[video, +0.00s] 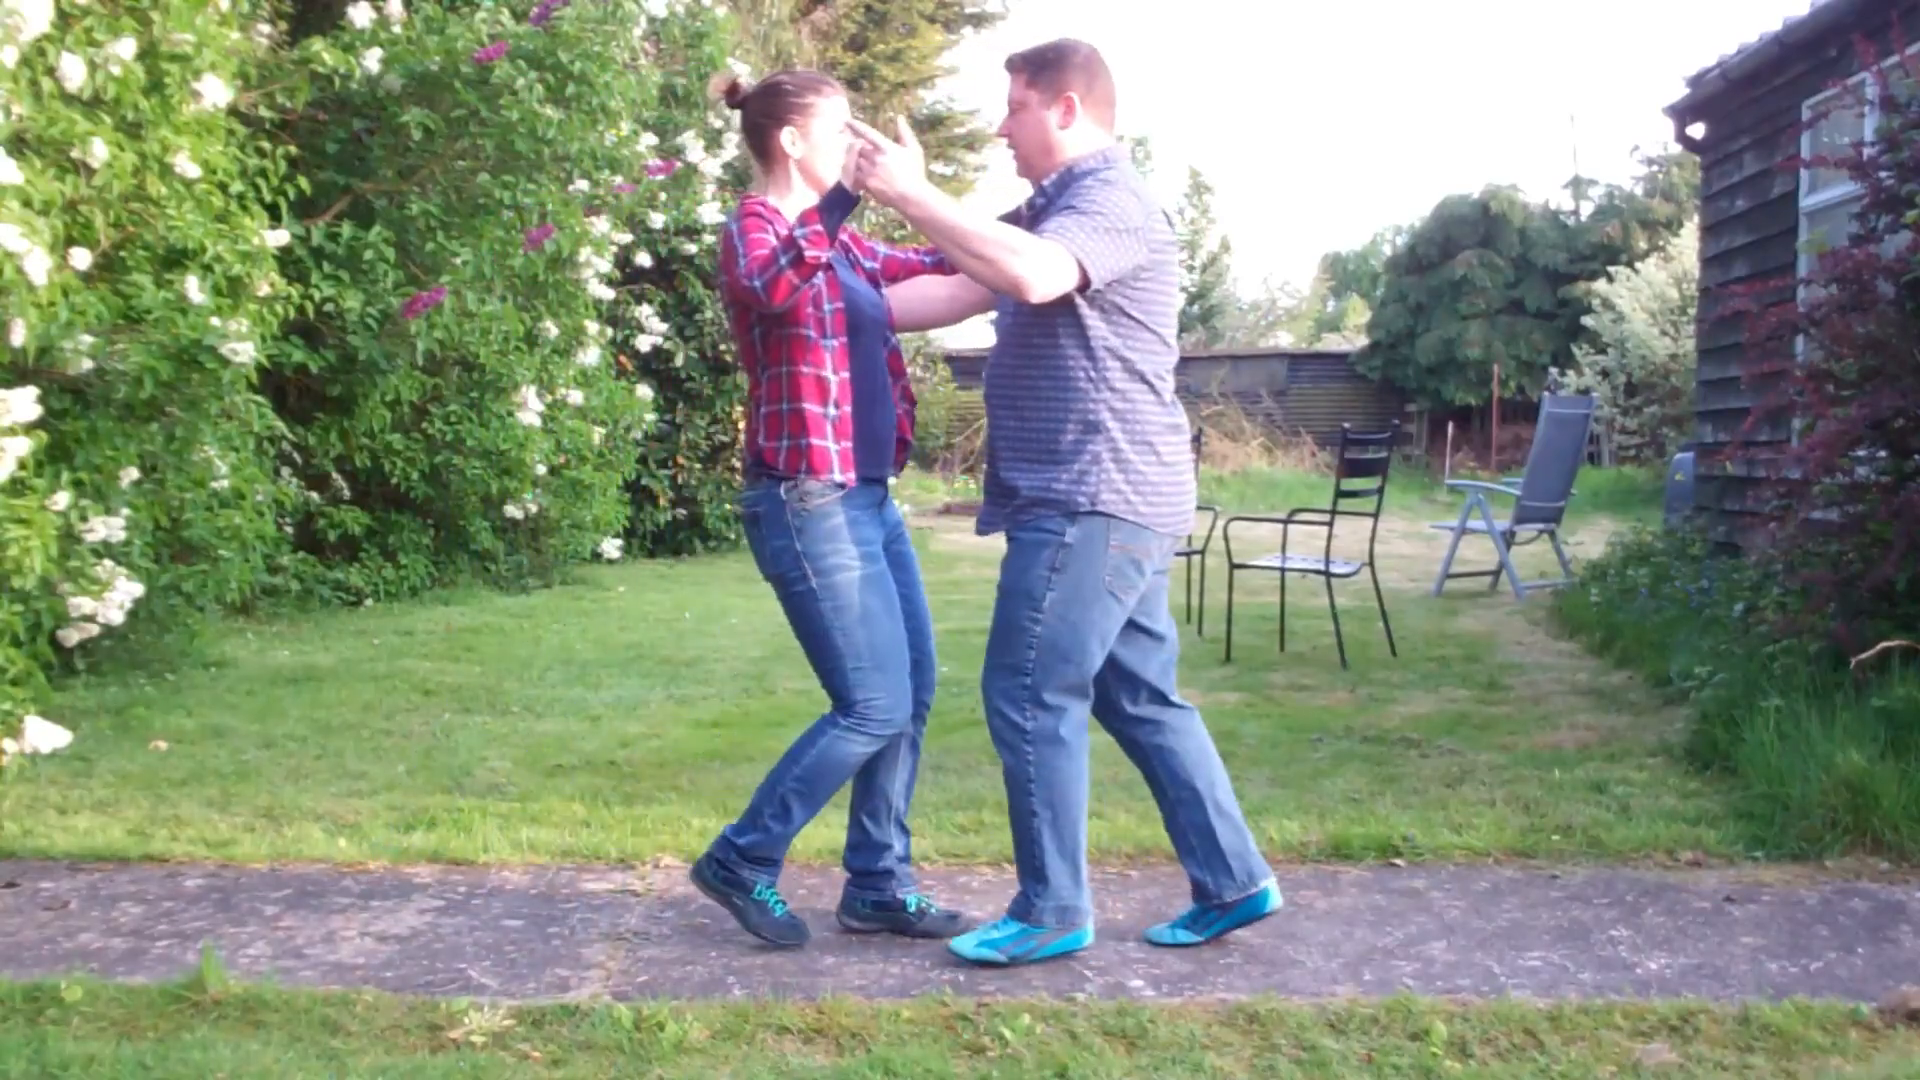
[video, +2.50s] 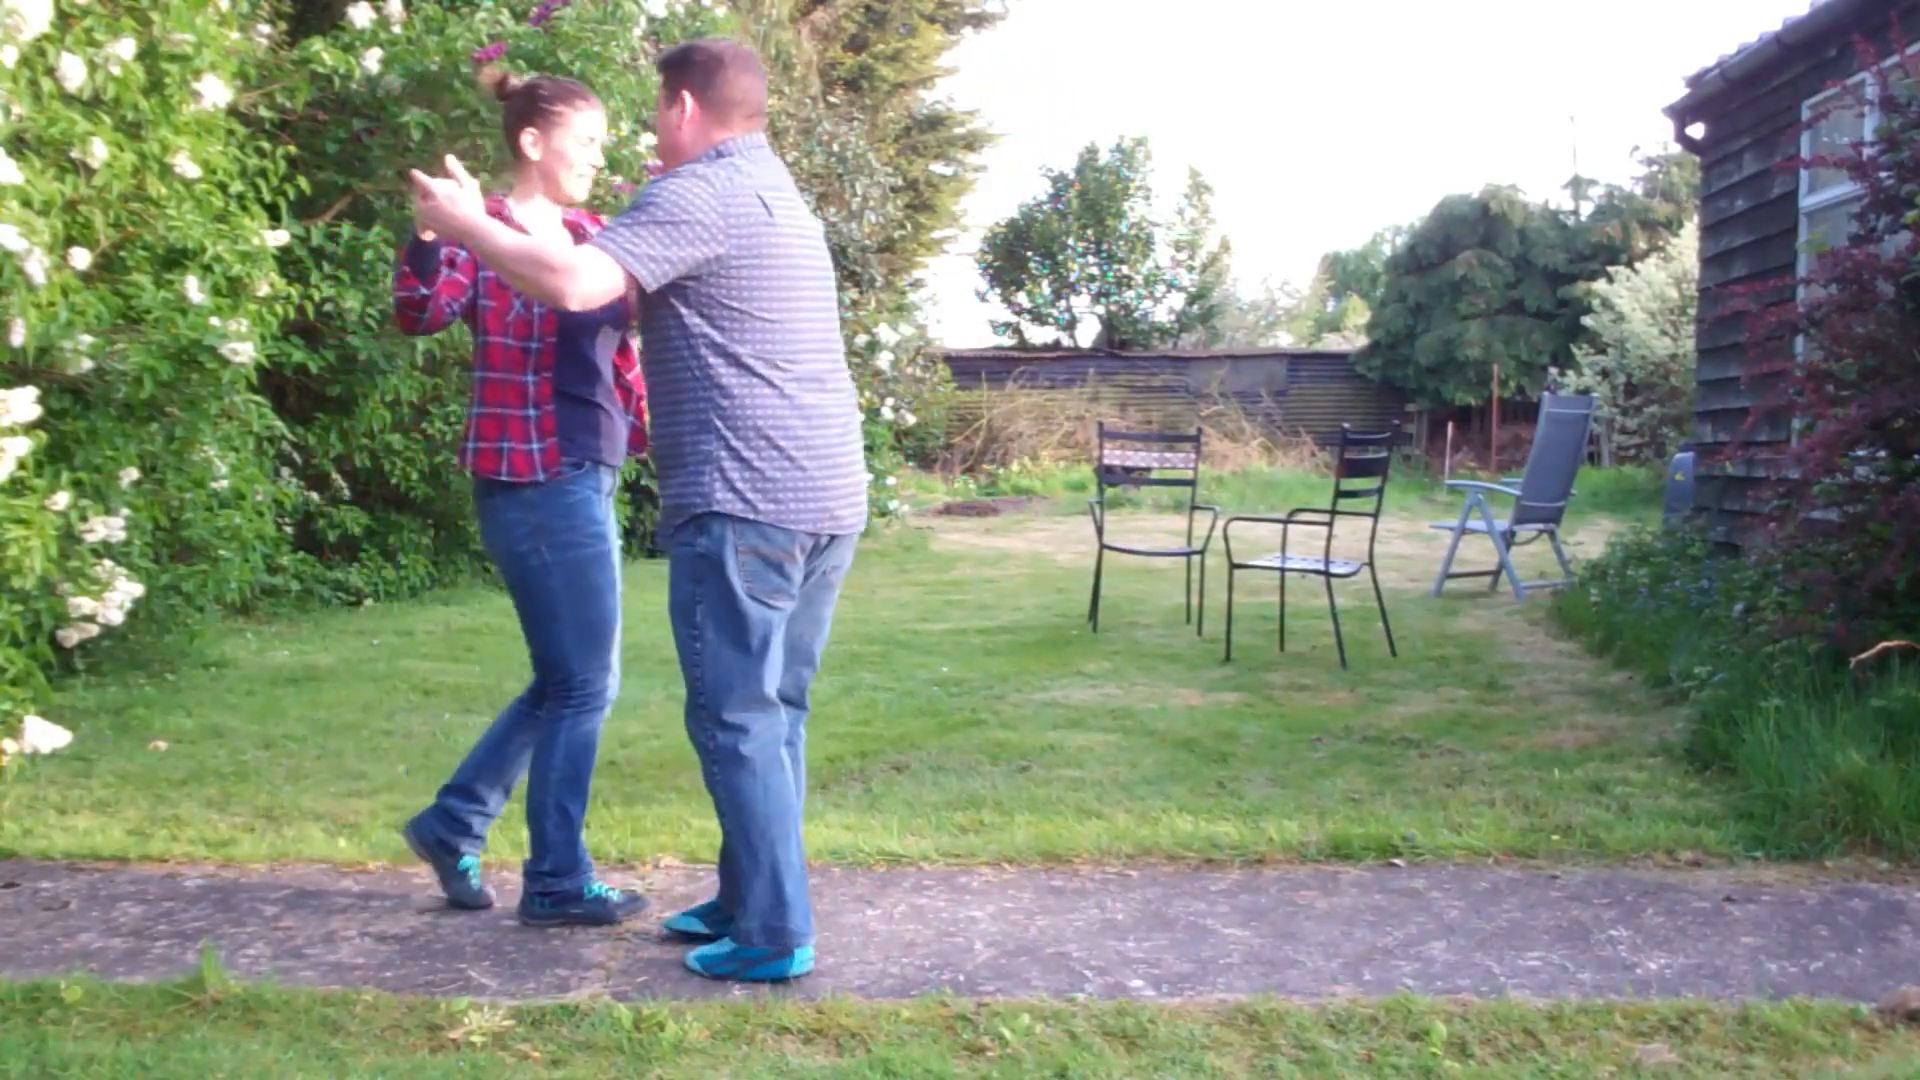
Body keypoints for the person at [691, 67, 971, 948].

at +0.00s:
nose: (855, 146)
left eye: (854, 131)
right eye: (842, 129)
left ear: (805, 143)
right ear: (789, 137)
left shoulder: (840, 239)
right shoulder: (754, 222)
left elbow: (942, 264)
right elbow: (765, 290)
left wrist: (1028, 229)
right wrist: (844, 199)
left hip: (867, 492)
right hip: (803, 497)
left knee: (911, 688)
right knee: (874, 705)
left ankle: (876, 886)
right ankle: (737, 861)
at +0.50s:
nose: (768, 149)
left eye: (765, 133)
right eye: (753, 132)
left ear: (725, 139)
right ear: (704, 135)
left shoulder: (752, 241)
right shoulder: (660, 226)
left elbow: (842, 266)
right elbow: (663, 286)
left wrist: (919, 248)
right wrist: (700, 188)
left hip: (747, 488)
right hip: (694, 487)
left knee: (795, 680)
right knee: (750, 695)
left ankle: (653, 820)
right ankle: (692, 899)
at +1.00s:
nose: (622, 168)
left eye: (621, 152)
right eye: (606, 152)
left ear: (586, 160)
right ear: (556, 159)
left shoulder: (605, 256)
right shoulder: (520, 234)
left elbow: (678, 314)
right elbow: (499, 296)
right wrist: (567, 207)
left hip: (585, 501)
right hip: (530, 499)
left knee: (600, 691)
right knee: (618, 688)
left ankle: (512, 858)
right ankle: (508, 859)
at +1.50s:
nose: (497, 170)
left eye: (500, 155)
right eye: (482, 154)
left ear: (492, 163)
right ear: (428, 160)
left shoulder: (485, 259)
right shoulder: (395, 241)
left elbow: (528, 323)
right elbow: (347, 290)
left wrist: (564, 270)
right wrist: (403, 207)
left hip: (457, 505)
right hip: (384, 503)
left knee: (516, 668)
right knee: (368, 702)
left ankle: (494, 855)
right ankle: (272, 863)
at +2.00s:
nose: (499, 168)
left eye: (503, 155)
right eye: (486, 154)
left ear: (492, 166)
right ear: (434, 157)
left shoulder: (500, 251)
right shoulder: (401, 249)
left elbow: (539, 319)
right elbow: (341, 325)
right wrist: (386, 240)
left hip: (494, 494)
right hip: (429, 497)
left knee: (483, 694)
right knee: (477, 695)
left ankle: (416, 855)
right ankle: (332, 826)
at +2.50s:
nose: (599, 158)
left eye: (601, 144)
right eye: (587, 142)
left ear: (550, 146)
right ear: (533, 142)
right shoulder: (493, 231)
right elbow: (419, 316)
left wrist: (654, 443)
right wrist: (434, 233)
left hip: (561, 478)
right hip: (545, 482)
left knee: (565, 682)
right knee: (584, 687)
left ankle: (452, 824)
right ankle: (557, 878)